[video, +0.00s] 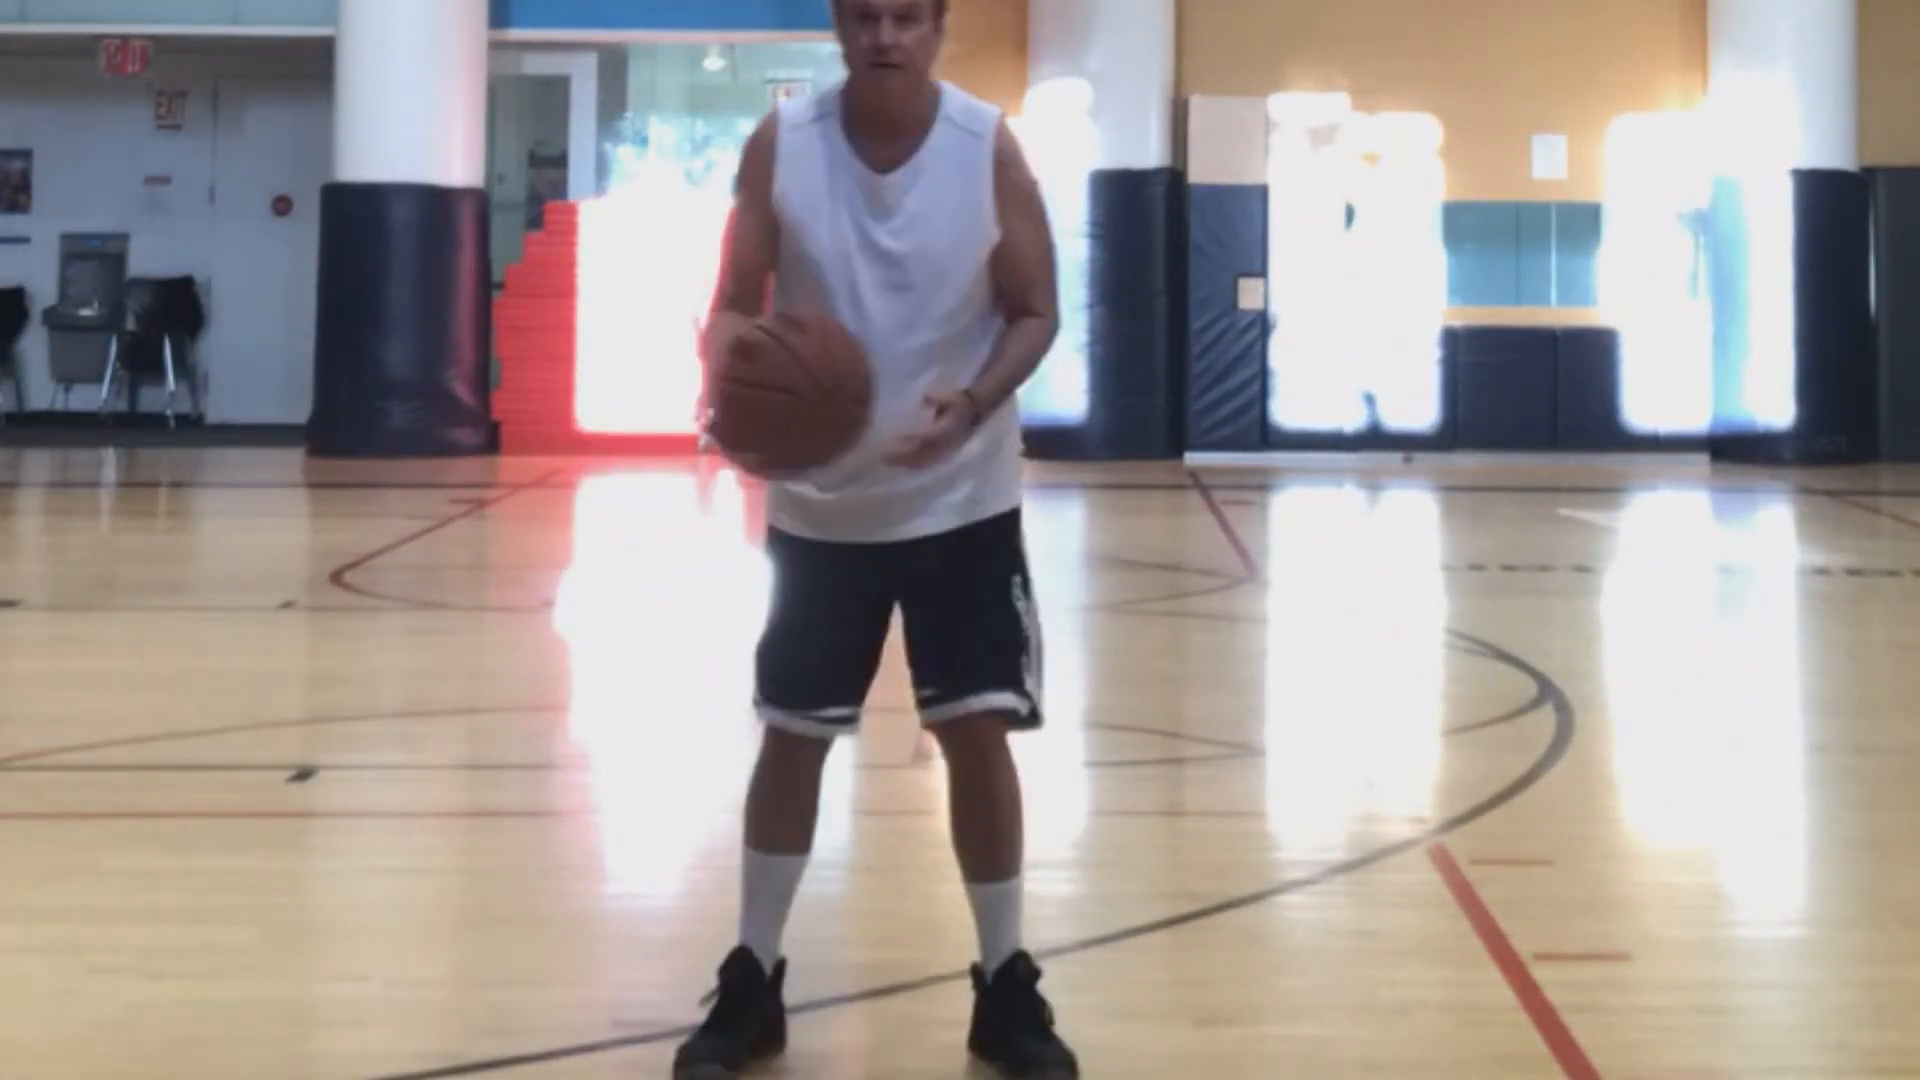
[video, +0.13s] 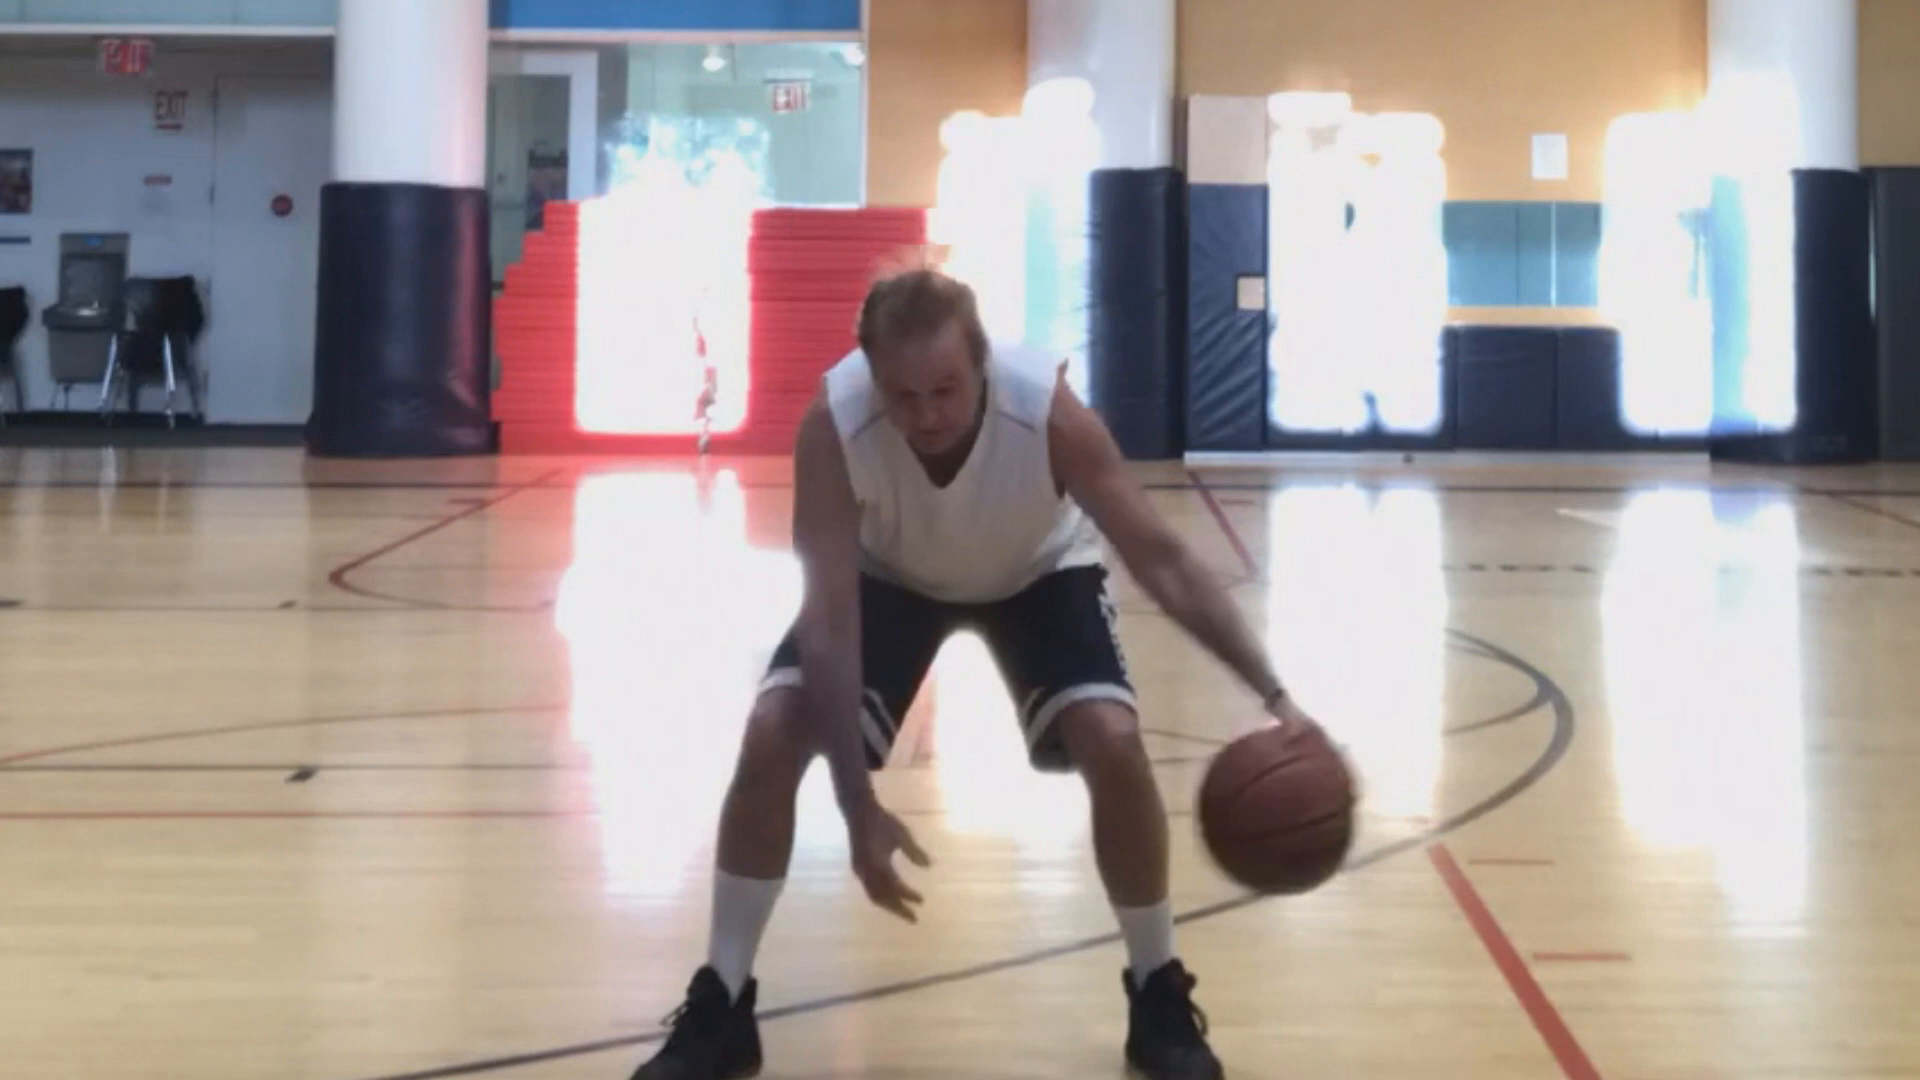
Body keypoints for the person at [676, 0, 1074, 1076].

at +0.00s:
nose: (885, 30)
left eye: (907, 13)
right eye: (864, 12)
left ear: (940, 23)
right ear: (837, 24)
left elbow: (1035, 311)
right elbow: (739, 301)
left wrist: (977, 395)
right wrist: (733, 383)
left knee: (974, 729)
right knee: (792, 733)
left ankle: (1008, 989)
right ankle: (751, 985)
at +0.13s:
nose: (925, 416)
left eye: (946, 391)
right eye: (903, 396)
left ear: (981, 362)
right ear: (874, 375)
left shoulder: (1049, 415)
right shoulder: (835, 426)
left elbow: (1165, 559)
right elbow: (829, 621)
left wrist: (1277, 695)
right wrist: (858, 807)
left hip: (1037, 571)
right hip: (891, 575)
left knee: (1111, 744)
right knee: (771, 732)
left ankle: (1161, 999)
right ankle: (720, 1006)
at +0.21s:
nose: (1039, 309)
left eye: (1062, 286)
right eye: (1020, 285)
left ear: (1098, 271)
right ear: (989, 267)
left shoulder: (1157, 349)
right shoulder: (926, 334)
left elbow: (1310, 446)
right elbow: (820, 456)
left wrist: (1449, 512)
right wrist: (738, 595)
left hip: (1091, 572)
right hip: (929, 559)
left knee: (1171, 784)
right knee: (869, 748)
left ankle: (1156, 1007)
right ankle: (764, 1029)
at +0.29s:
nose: (907, 465)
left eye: (922, 439)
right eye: (880, 448)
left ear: (969, 398)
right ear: (854, 429)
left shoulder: (1056, 428)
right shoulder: (835, 457)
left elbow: (1099, 610)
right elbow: (811, 617)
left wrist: (1060, 789)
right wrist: (841, 759)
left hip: (1054, 597)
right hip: (904, 596)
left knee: (1188, 799)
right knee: (855, 771)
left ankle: (1144, 1008)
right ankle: (757, 1051)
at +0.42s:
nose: (908, 476)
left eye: (921, 448)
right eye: (879, 461)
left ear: (963, 407)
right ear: (851, 444)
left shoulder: (1056, 451)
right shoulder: (835, 475)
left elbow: (1097, 628)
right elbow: (818, 616)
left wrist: (1043, 794)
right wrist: (799, 783)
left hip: (1064, 610)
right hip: (912, 607)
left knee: (1204, 807)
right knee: (859, 774)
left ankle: (1146, 1010)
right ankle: (752, 1051)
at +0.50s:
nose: (904, 498)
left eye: (921, 471)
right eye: (877, 479)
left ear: (964, 427)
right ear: (848, 457)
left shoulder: (1049, 453)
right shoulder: (828, 487)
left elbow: (1087, 636)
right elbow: (804, 634)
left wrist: (1044, 813)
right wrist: (826, 774)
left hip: (1046, 613)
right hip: (897, 611)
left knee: (1194, 803)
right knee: (849, 776)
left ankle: (1153, 1009)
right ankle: (746, 1050)